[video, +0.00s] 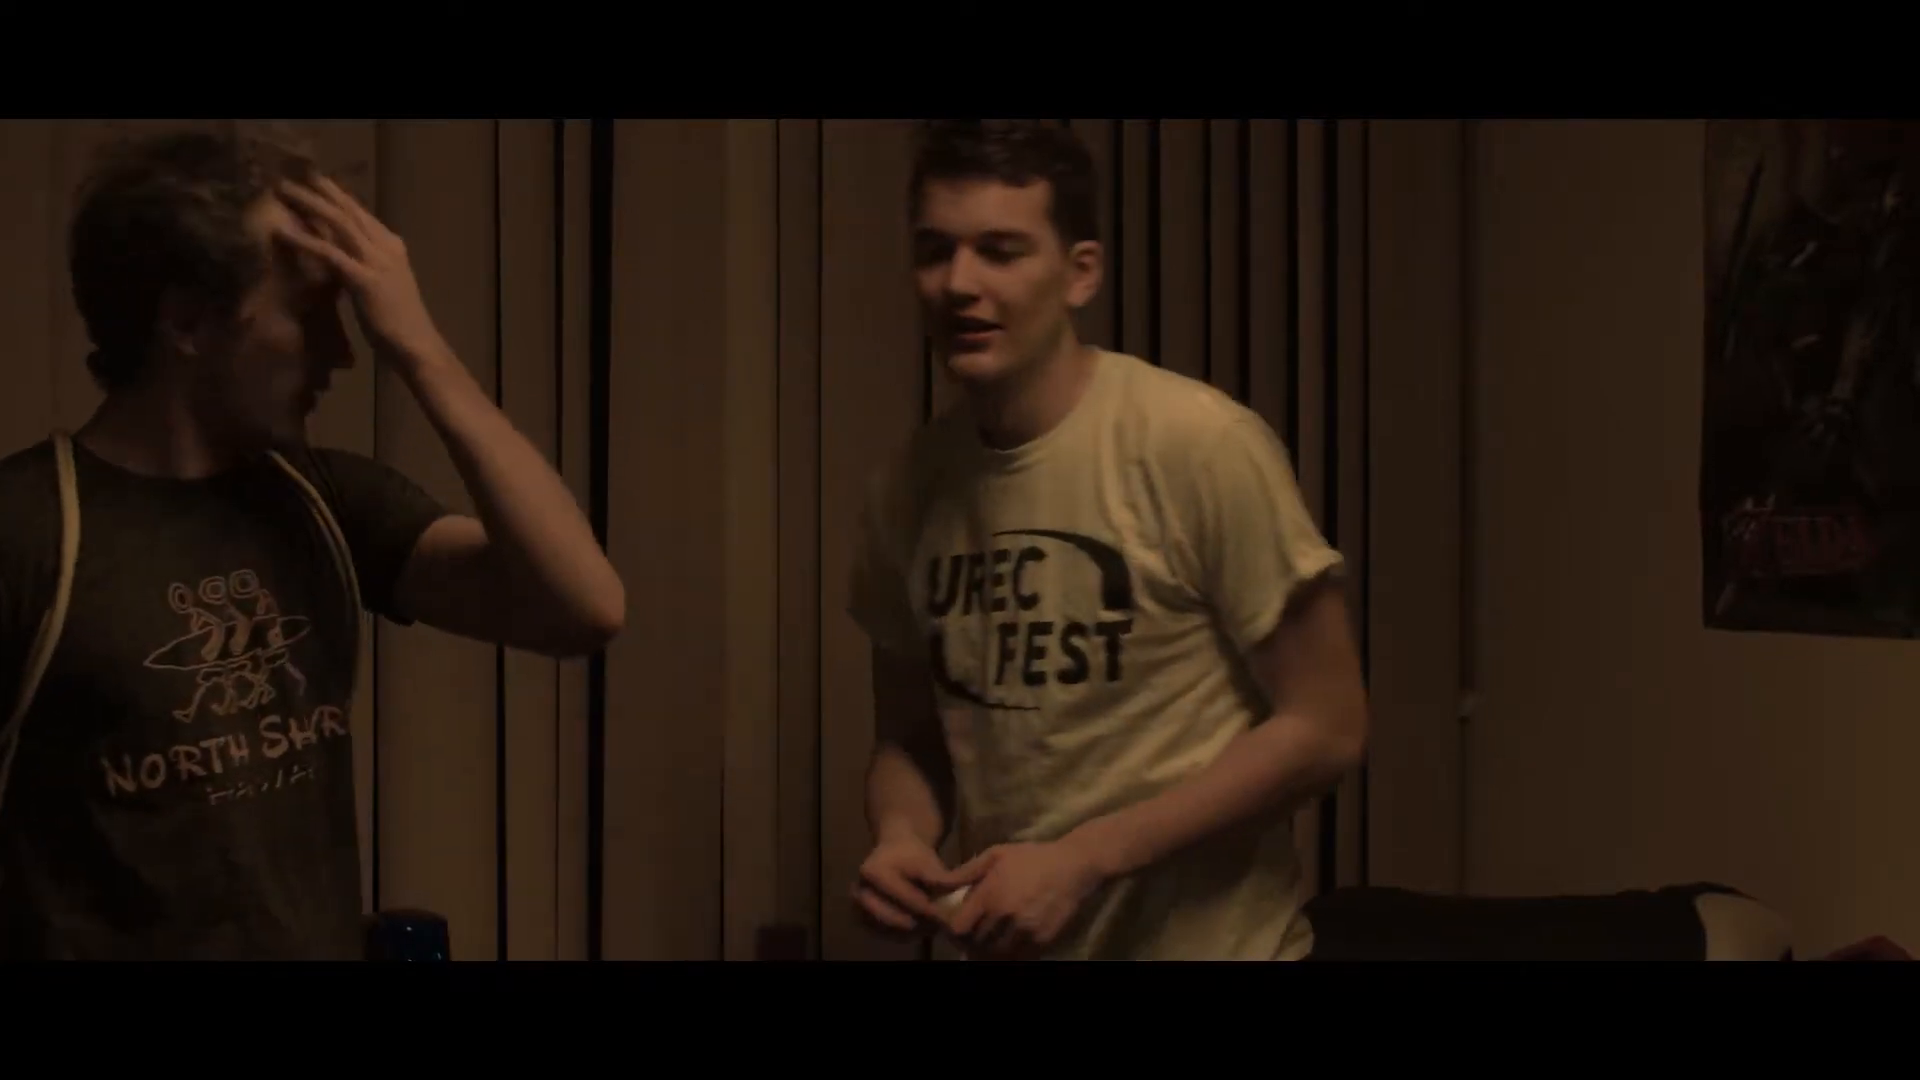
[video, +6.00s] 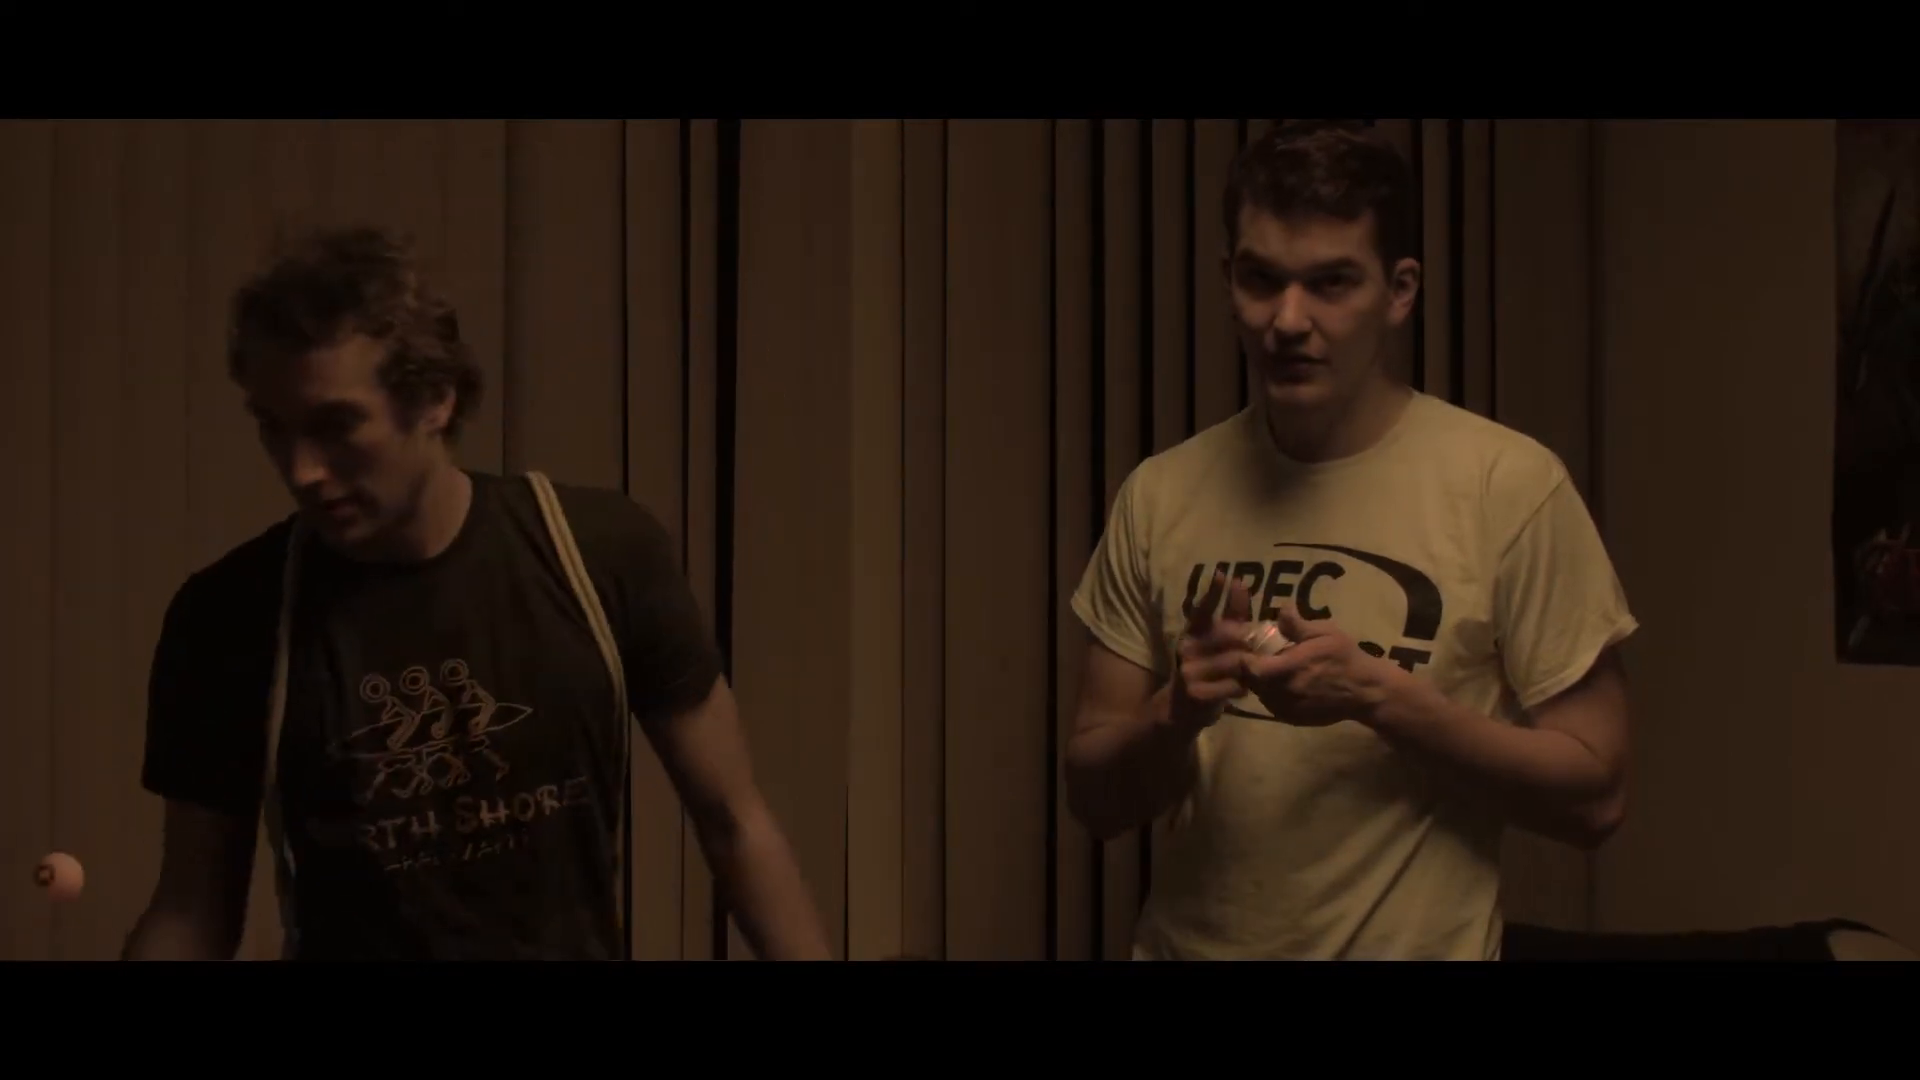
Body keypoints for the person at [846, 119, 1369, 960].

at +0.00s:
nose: (958, 282)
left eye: (1001, 251)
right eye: (936, 251)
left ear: (1079, 273)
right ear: (915, 267)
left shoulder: (1201, 444)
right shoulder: (915, 483)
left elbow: (1329, 722)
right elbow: (908, 728)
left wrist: (1080, 861)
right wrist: (902, 836)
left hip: (1205, 940)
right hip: (1002, 937)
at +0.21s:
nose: (1048, 281)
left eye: (1094, 250)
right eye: (1027, 246)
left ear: (1170, 272)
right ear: (1002, 255)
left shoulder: (1290, 452)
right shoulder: (953, 474)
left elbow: (1395, 734)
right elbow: (924, 713)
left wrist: (1147, 822)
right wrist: (945, 790)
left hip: (1239, 944)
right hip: (1023, 944)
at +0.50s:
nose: (1153, 297)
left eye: (1199, 264)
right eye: (1131, 257)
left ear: (1275, 273)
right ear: (1106, 253)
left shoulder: (1379, 467)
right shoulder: (1019, 458)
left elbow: (1450, 751)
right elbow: (967, 703)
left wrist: (1232, 787)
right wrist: (1000, 760)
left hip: (1283, 946)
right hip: (1056, 945)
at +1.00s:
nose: (1264, 349)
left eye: (1310, 318)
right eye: (1239, 306)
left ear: (1378, 311)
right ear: (1204, 280)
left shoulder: (1473, 512)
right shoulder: (1103, 492)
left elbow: (1539, 807)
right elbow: (1037, 762)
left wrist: (1338, 811)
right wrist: (1109, 794)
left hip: (1371, 950)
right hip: (1148, 947)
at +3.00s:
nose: (1292, 334)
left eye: (1334, 300)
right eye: (1269, 296)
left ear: (1416, 280)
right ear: (1246, 277)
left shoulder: (1530, 469)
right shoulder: (1183, 459)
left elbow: (1606, 771)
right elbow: (1119, 740)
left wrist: (1360, 714)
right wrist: (1196, 718)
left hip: (1419, 943)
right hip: (1192, 939)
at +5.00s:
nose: (1287, 365)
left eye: (1328, 331)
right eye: (1260, 327)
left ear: (1403, 311)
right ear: (1237, 306)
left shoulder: (1515, 492)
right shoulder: (1167, 497)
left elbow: (1597, 797)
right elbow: (1091, 802)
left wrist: (1393, 693)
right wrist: (1144, 713)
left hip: (1417, 945)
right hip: (1194, 943)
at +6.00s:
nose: (1287, 320)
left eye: (1330, 283)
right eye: (1260, 280)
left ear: (1400, 292)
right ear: (1231, 283)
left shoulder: (1510, 490)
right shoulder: (1159, 498)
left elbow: (1594, 794)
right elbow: (1092, 798)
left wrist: (1382, 693)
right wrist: (1176, 713)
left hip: (1418, 945)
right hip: (1191, 943)